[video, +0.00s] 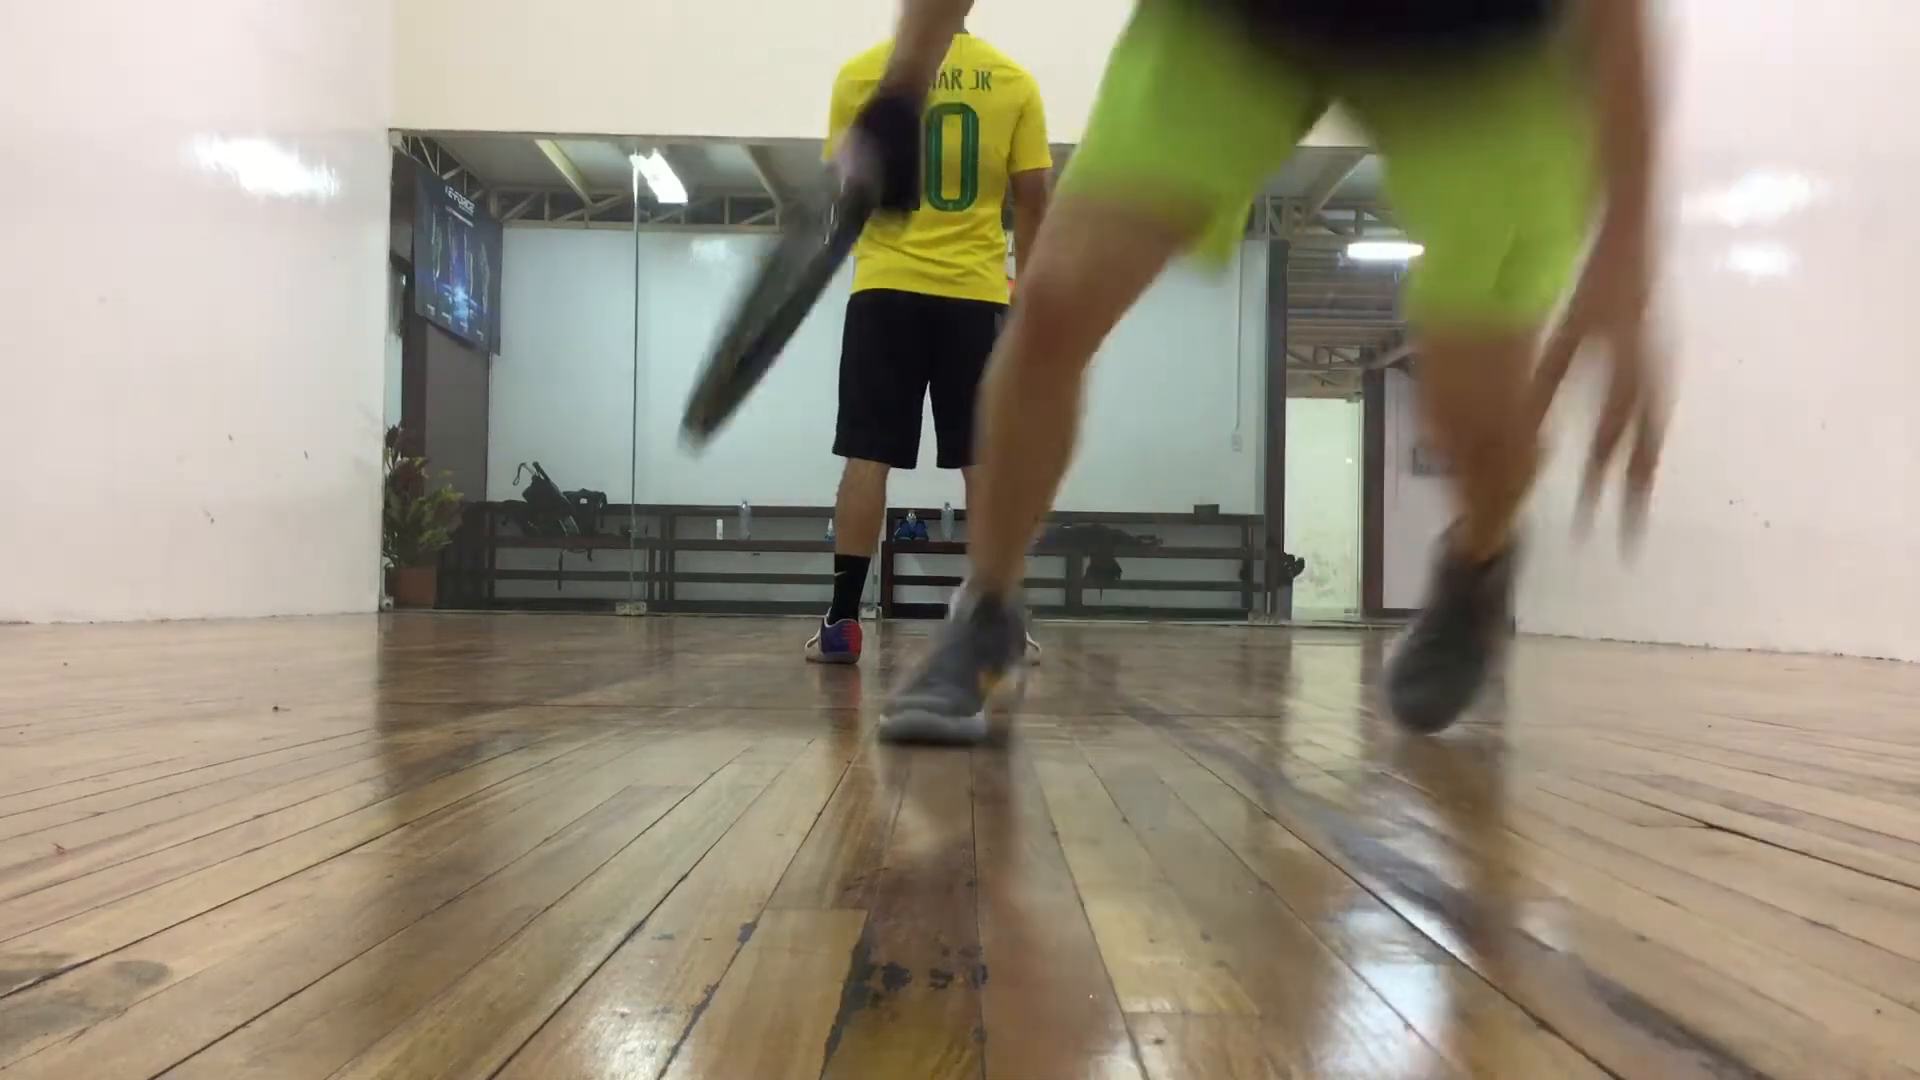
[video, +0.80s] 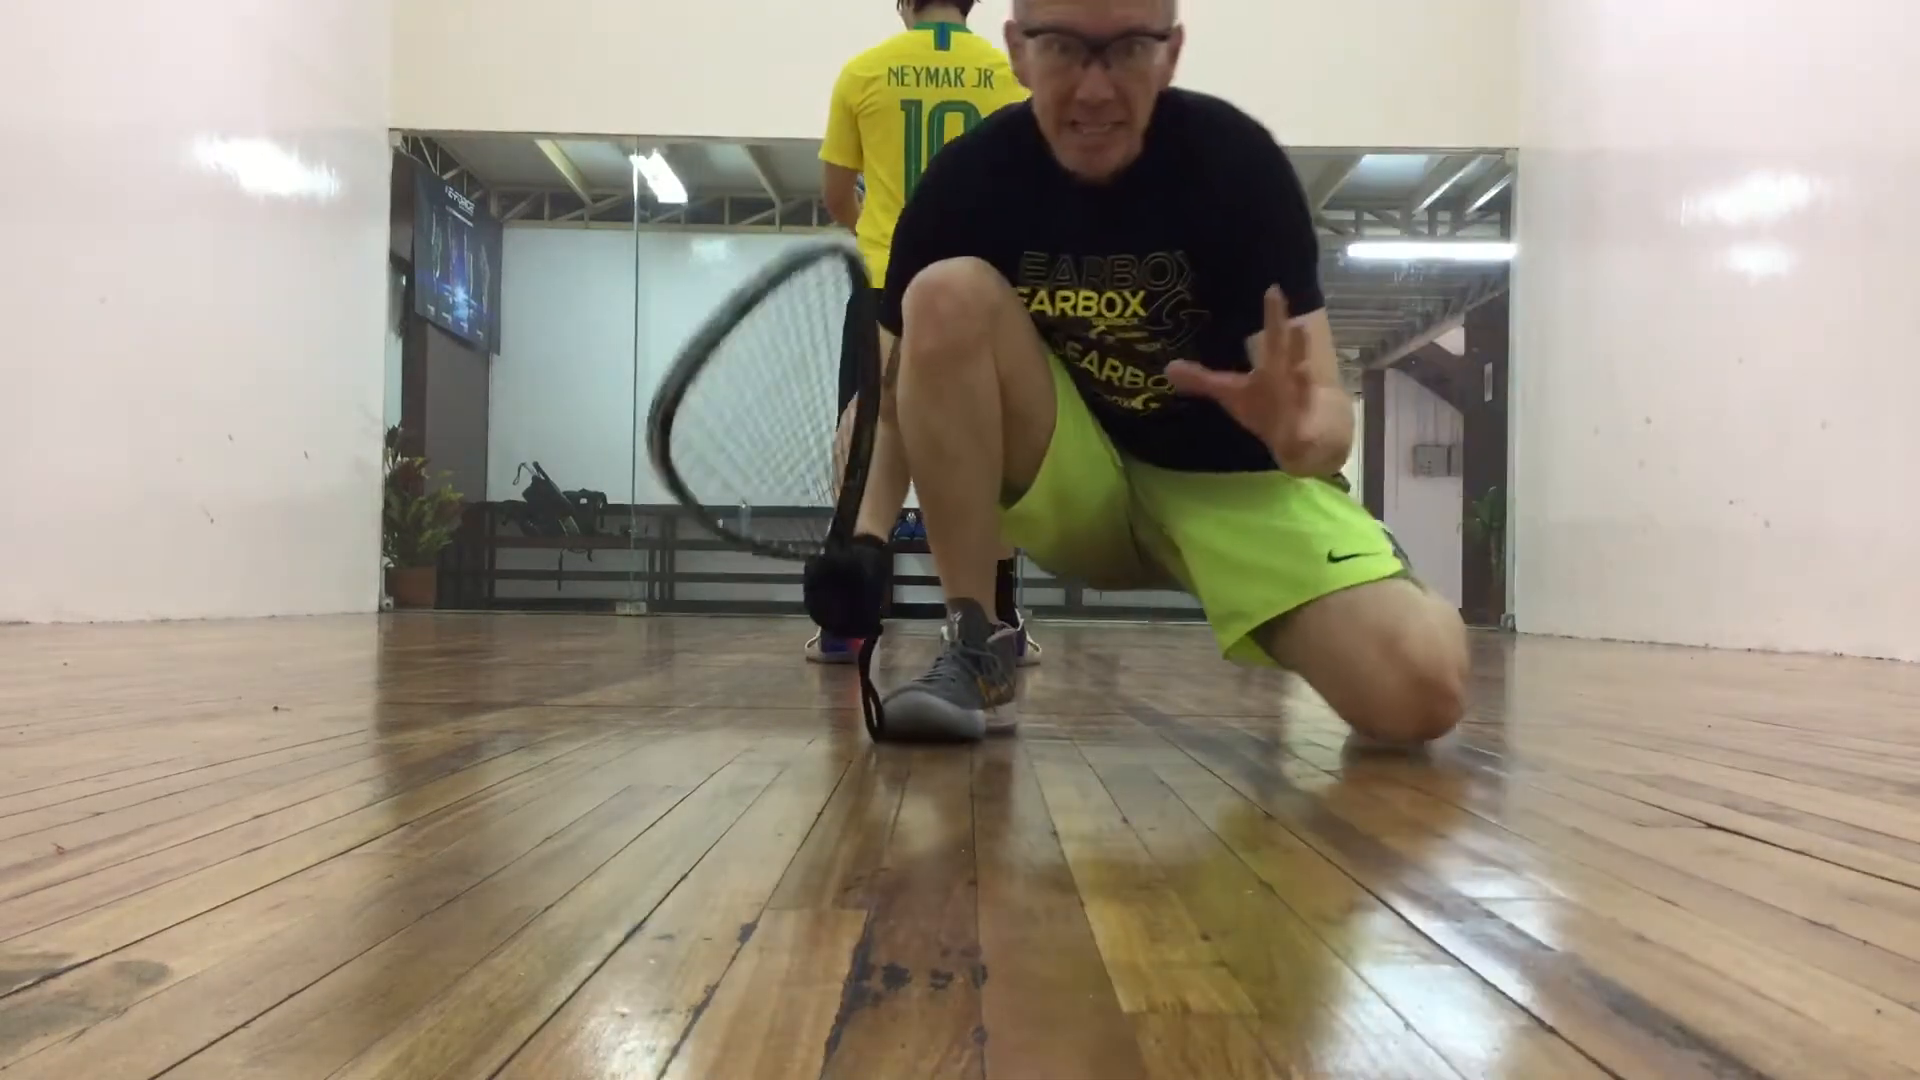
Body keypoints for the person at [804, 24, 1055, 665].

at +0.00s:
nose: (939, 10)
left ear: (906, 9)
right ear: (968, 9)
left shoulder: (861, 74)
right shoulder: (1011, 81)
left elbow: (845, 185)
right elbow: (1033, 202)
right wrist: (1029, 296)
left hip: (883, 300)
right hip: (976, 305)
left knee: (866, 460)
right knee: (986, 465)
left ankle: (842, 621)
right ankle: (998, 629)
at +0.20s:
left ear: (906, 3)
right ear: (968, 3)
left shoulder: (861, 74)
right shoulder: (1010, 65)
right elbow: (1037, 196)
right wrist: (1012, 254)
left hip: (884, 296)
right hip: (978, 300)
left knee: (866, 458)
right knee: (985, 459)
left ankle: (843, 620)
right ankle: (1000, 621)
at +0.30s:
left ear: (906, 6)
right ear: (969, 6)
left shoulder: (860, 75)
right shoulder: (1013, 75)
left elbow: (836, 197)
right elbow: (1043, 178)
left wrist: (875, 237)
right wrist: (1002, 242)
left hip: (895, 304)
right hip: (987, 306)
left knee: (867, 457)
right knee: (998, 456)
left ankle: (842, 622)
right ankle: (1000, 622)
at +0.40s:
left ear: (905, 7)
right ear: (969, 7)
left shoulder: (861, 74)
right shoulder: (1013, 76)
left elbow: (836, 194)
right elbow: (1038, 178)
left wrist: (866, 229)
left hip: (885, 291)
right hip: (982, 294)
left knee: (864, 452)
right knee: (991, 451)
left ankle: (840, 620)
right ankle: (999, 622)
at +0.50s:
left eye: (902, 13)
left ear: (903, 8)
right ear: (969, 8)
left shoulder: (861, 74)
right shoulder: (1015, 77)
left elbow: (835, 196)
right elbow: (1041, 182)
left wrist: (868, 245)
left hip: (887, 293)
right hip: (983, 293)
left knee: (854, 447)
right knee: (987, 445)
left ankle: (839, 619)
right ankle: (1000, 619)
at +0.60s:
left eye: (899, 10)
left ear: (904, 7)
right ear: (969, 8)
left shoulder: (862, 74)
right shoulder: (1015, 77)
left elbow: (837, 198)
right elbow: (1038, 182)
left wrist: (876, 233)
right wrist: (1004, 237)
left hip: (882, 286)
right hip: (982, 289)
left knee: (857, 443)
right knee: (985, 443)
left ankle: (836, 621)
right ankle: (1000, 620)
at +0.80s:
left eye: (900, 10)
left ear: (904, 8)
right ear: (971, 10)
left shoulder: (863, 73)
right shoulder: (1008, 70)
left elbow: (837, 195)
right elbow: (1034, 175)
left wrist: (873, 232)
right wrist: (1008, 234)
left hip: (889, 281)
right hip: (988, 282)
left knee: (873, 424)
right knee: (990, 435)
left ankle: (847, 613)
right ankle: (999, 619)